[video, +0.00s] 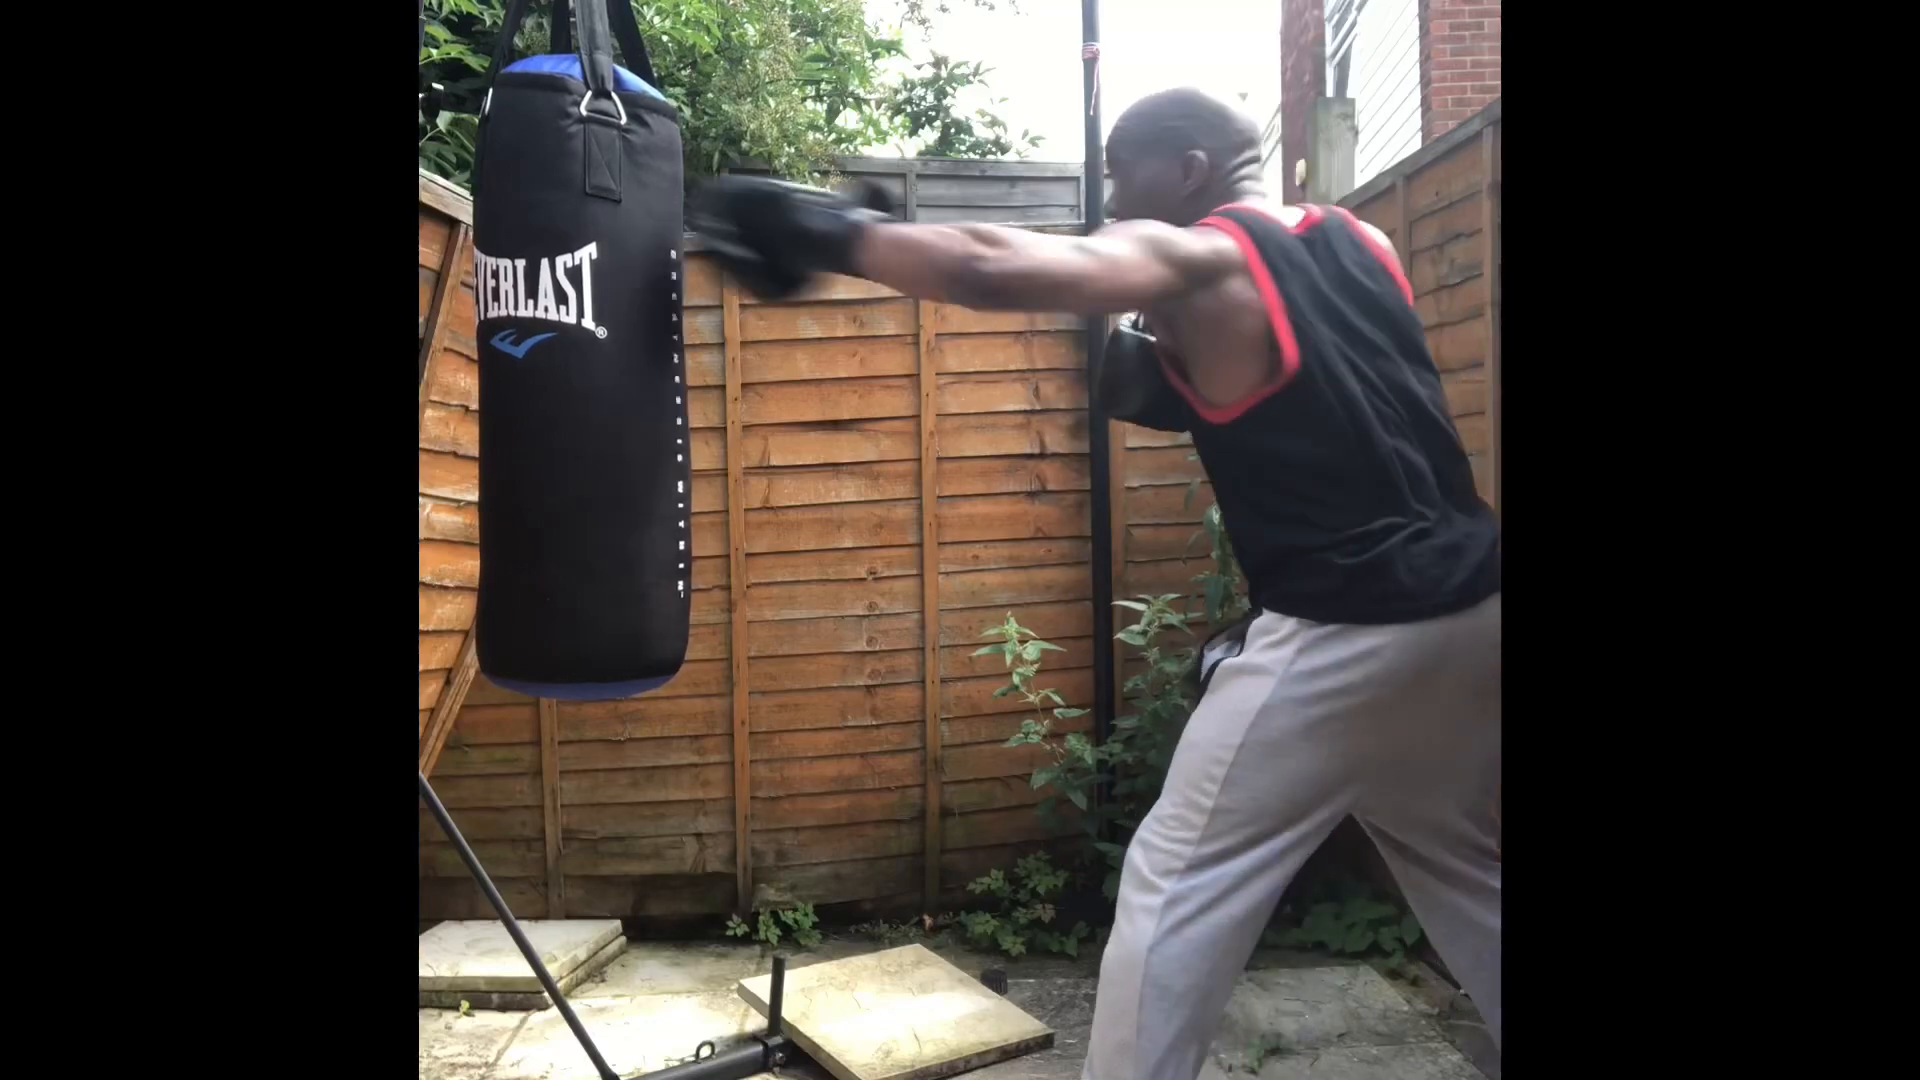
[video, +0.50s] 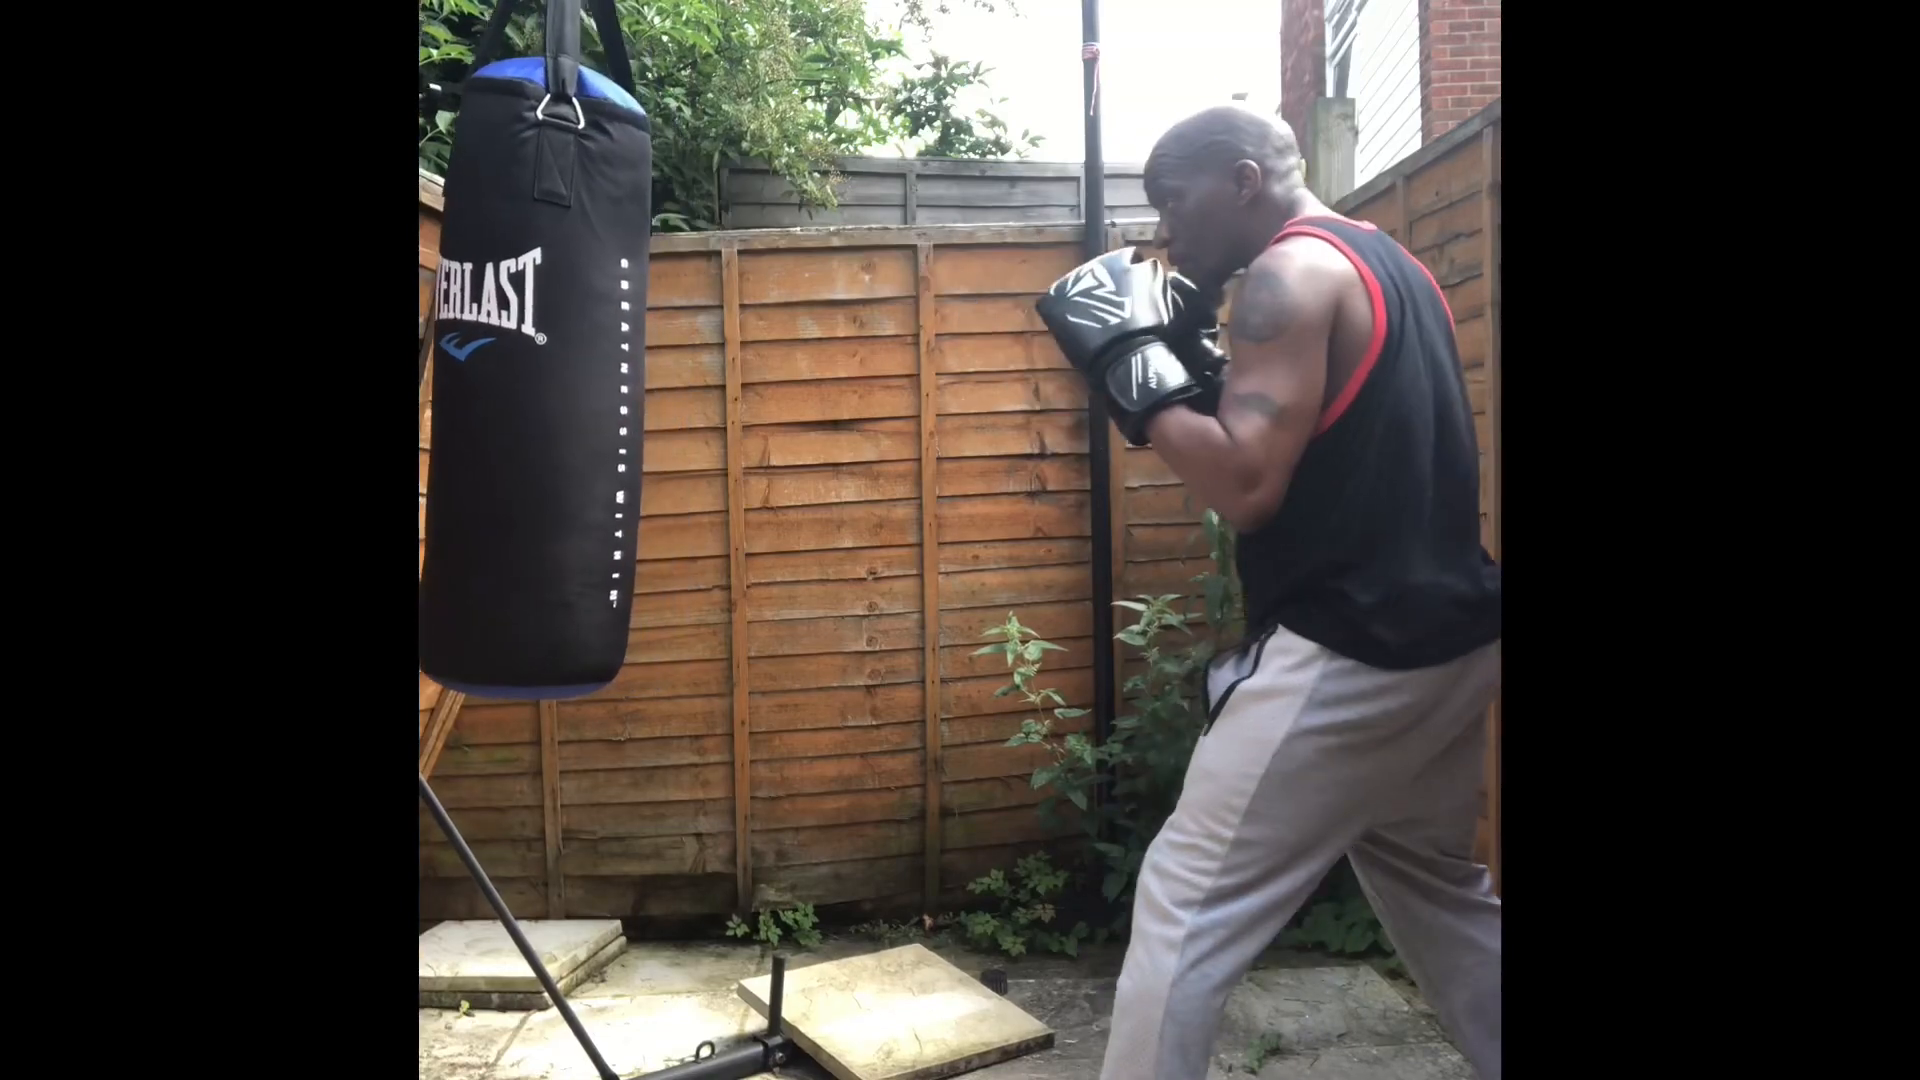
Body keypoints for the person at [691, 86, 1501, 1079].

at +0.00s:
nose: (1119, 215)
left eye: (1123, 187)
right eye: (1115, 194)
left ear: (1182, 167)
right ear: (1236, 164)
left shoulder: (1200, 253)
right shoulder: (1358, 237)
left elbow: (993, 267)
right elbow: (1318, 386)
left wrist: (821, 231)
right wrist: (1174, 386)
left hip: (1339, 626)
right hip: (1469, 608)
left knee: (1180, 879)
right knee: (1470, 876)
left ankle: (1130, 1070)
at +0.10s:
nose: (1077, 257)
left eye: (1083, 237)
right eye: (1073, 240)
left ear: (1148, 201)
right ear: (1177, 193)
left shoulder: (1148, 254)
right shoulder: (1327, 256)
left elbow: (936, 294)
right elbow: (1295, 423)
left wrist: (783, 248)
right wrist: (1143, 405)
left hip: (1324, 634)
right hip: (1455, 612)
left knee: (1148, 895)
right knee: (1423, 849)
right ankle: (1509, 1048)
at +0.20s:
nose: (1073, 247)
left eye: (1078, 219)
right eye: (1068, 224)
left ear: (1148, 197)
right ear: (1171, 194)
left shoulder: (1168, 265)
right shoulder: (1311, 265)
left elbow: (1034, 413)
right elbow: (1258, 433)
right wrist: (1110, 422)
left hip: (1290, 645)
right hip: (1427, 631)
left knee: (1131, 893)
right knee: (1418, 865)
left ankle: (1106, 1071)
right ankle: (1499, 1052)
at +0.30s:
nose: (1089, 243)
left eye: (1098, 212)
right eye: (1083, 218)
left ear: (1173, 193)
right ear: (1188, 197)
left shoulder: (1207, 272)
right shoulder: (1319, 261)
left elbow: (1141, 469)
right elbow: (1277, 432)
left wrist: (1035, 381)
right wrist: (1139, 355)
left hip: (1297, 636)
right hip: (1420, 626)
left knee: (1139, 898)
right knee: (1427, 882)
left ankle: (1109, 1068)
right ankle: (1501, 1053)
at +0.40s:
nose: (1126, 242)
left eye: (1133, 210)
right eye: (1121, 216)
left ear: (1211, 190)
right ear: (1223, 190)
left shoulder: (1251, 271)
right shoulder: (1343, 255)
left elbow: (1195, 485)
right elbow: (1275, 454)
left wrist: (1083, 355)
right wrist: (1157, 351)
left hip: (1316, 640)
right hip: (1436, 629)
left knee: (1160, 899)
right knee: (1431, 879)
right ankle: (1499, 1053)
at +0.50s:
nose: (1165, 232)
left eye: (1172, 204)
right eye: (1159, 208)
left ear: (1248, 183)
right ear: (1261, 183)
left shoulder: (1290, 274)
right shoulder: (1378, 254)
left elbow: (1241, 486)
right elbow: (1326, 444)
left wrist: (1125, 363)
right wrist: (1194, 366)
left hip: (1350, 641)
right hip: (1454, 624)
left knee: (1187, 900)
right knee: (1435, 882)